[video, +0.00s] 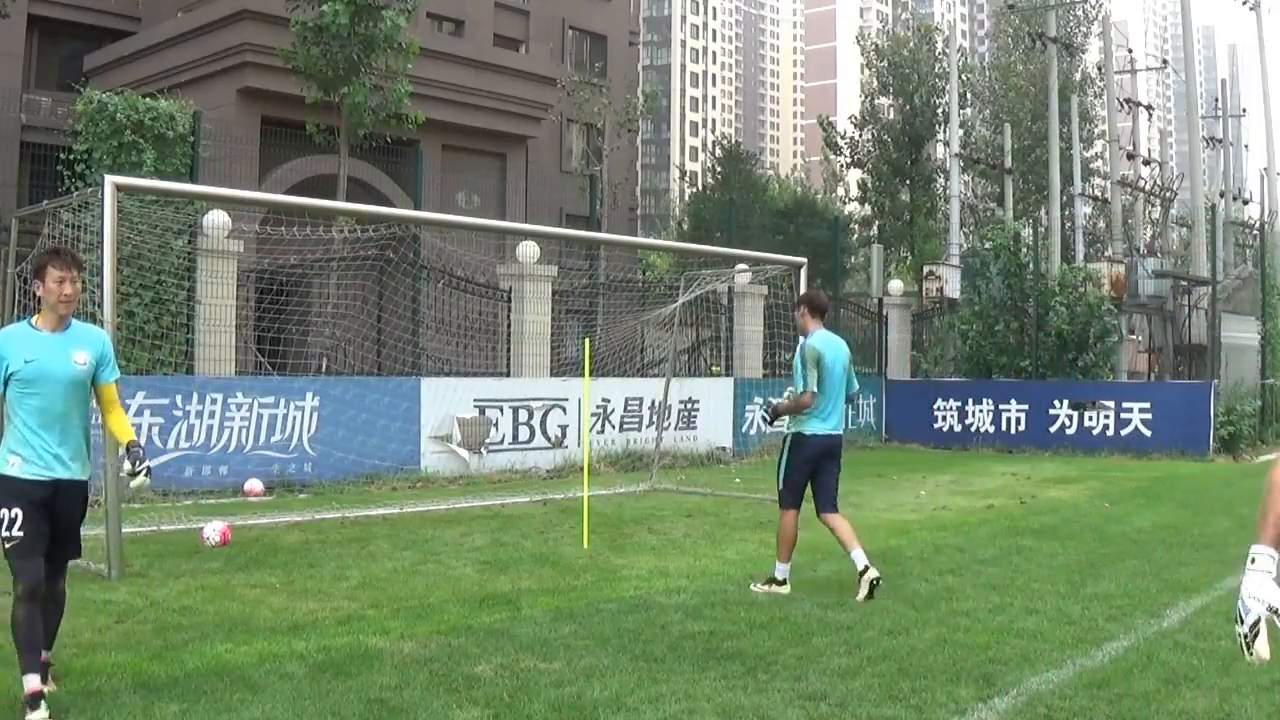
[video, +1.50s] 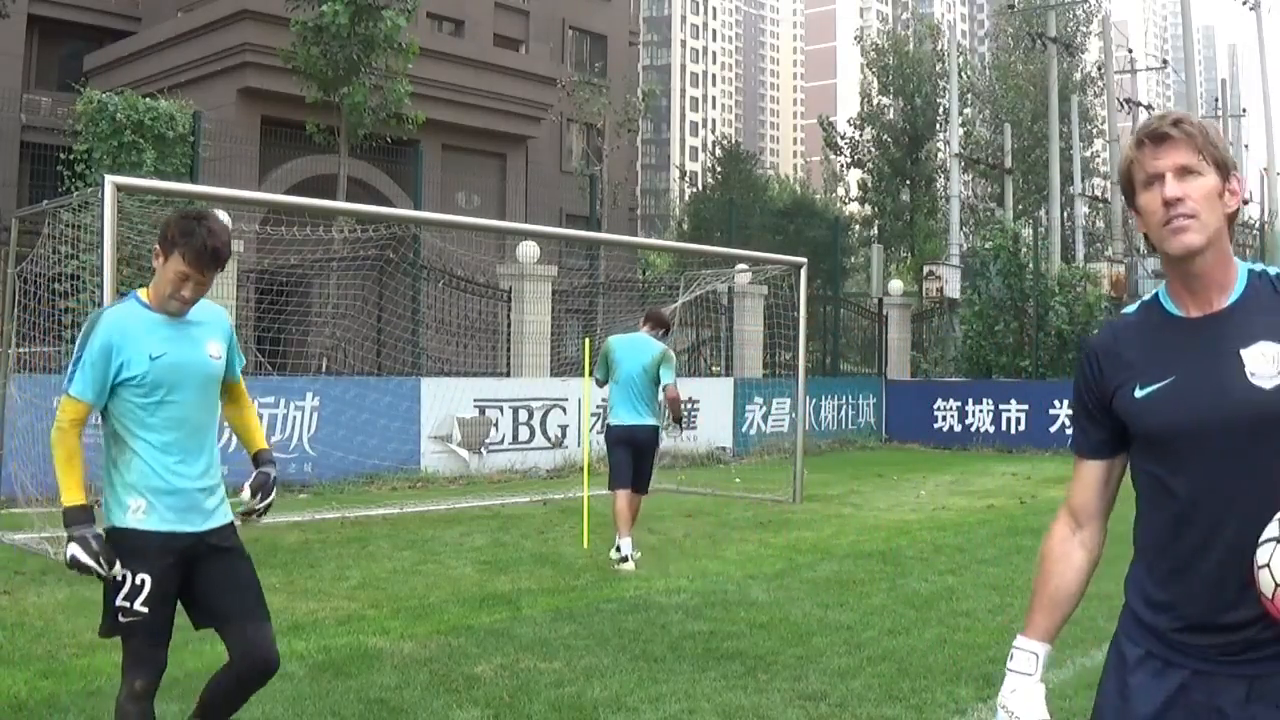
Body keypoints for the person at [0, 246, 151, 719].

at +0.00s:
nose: (69, 289)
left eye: (74, 282)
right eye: (60, 281)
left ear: (80, 288)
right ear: (38, 286)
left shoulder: (96, 341)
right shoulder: (7, 340)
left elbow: (112, 407)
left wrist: (131, 446)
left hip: (71, 479)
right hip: (18, 477)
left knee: (54, 581)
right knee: (29, 583)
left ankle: (43, 662)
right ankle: (33, 691)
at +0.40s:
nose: (77, 274)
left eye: (82, 265)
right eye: (66, 265)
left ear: (88, 270)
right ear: (41, 271)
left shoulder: (100, 329)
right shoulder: (13, 332)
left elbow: (107, 409)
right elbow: (1, 413)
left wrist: (113, 476)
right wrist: (0, 489)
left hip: (89, 482)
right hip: (29, 486)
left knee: (109, 587)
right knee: (34, 603)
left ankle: (90, 692)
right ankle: (42, 704)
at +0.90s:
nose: (129, 270)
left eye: (135, 259)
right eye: (117, 260)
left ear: (142, 265)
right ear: (91, 267)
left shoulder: (157, 330)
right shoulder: (62, 326)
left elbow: (160, 412)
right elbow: (29, 410)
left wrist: (159, 484)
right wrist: (32, 487)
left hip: (142, 505)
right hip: (77, 504)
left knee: (127, 632)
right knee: (72, 632)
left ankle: (123, 717)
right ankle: (63, 700)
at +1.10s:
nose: (141, 277)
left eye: (148, 267)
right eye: (129, 267)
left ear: (157, 269)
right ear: (104, 270)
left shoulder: (180, 331)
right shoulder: (75, 333)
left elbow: (204, 417)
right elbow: (37, 420)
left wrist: (234, 487)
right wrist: (26, 505)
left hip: (163, 517)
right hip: (99, 514)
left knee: (138, 649)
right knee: (111, 646)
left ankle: (127, 718)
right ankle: (100, 718)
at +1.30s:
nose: (159, 288)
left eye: (168, 277)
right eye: (149, 276)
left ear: (178, 274)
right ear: (122, 269)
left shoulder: (196, 332)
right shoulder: (87, 338)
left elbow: (231, 409)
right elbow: (47, 428)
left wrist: (270, 464)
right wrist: (32, 514)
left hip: (185, 526)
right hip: (122, 526)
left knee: (171, 661)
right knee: (132, 671)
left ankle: (130, 714)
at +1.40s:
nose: (178, 291)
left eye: (188, 281)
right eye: (169, 278)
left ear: (198, 275)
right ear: (142, 262)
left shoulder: (206, 324)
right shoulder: (100, 332)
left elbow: (236, 397)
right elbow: (58, 426)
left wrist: (270, 460)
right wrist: (51, 521)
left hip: (201, 527)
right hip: (132, 530)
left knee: (224, 666)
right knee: (137, 677)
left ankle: (161, 715)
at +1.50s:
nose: (190, 293)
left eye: (203, 284)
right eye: (183, 278)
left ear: (215, 276)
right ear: (159, 257)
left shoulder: (216, 323)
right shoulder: (112, 328)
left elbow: (235, 395)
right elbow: (67, 425)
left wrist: (263, 459)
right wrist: (78, 521)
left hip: (213, 526)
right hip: (142, 532)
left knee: (258, 660)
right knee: (141, 684)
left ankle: (198, 719)